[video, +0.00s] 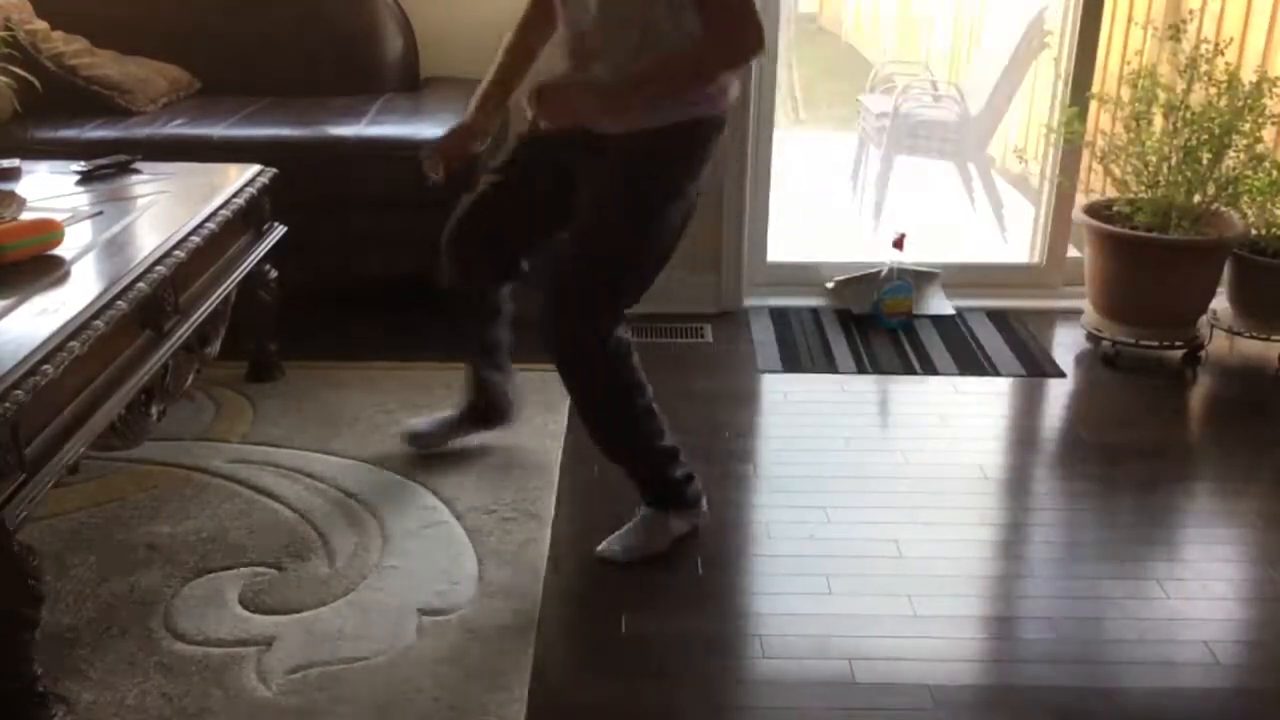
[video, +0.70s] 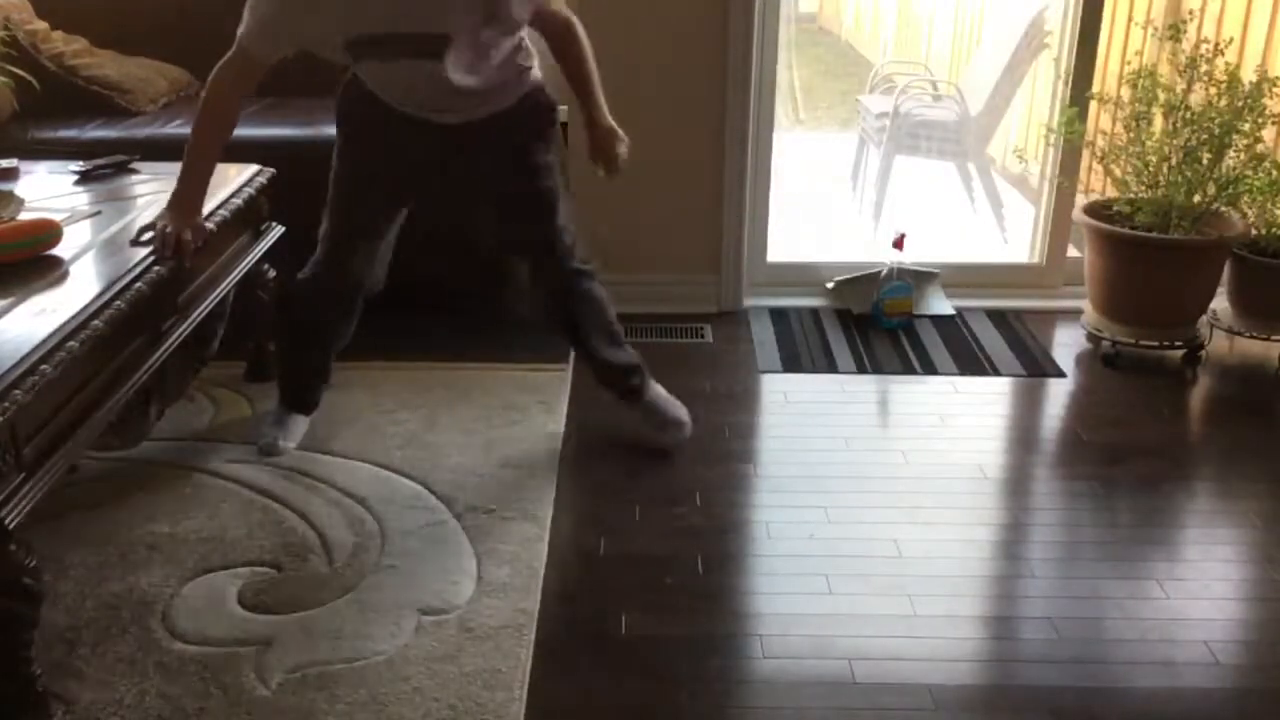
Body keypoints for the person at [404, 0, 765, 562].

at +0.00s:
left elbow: (741, 36)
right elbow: (544, 11)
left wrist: (605, 101)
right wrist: (480, 117)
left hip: (671, 127)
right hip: (580, 121)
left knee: (580, 311)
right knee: (476, 243)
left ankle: (674, 500)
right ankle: (491, 398)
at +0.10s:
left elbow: (676, 3)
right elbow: (445, 4)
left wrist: (595, 36)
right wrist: (398, 89)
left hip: (570, 92)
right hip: (464, 77)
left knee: (506, 289)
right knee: (396, 253)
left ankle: (613, 471)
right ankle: (313, 401)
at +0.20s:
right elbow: (333, 16)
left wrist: (588, 98)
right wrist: (286, 139)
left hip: (499, 104)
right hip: (394, 86)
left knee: (433, 269)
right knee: (341, 261)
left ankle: (447, 446)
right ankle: (300, 406)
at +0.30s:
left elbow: (559, 9)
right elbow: (255, 40)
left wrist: (573, 109)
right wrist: (200, 182)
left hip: (460, 102)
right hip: (355, 84)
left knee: (383, 274)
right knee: (319, 257)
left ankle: (327, 415)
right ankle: (293, 402)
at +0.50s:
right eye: (335, 23)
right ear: (326, 14)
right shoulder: (255, 3)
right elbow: (222, 60)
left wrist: (526, 49)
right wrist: (184, 200)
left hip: (458, 70)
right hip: (356, 64)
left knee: (391, 238)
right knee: (324, 240)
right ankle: (293, 401)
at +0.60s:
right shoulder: (248, 7)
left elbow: (515, 7)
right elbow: (217, 68)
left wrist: (539, 72)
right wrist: (183, 200)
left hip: (476, 76)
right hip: (369, 75)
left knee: (453, 246)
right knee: (331, 248)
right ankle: (294, 403)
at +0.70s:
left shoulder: (491, 3)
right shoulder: (287, 8)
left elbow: (561, 23)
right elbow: (231, 78)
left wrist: (600, 121)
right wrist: (186, 201)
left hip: (506, 101)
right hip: (384, 103)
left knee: (558, 261)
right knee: (340, 270)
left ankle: (634, 387)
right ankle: (295, 406)